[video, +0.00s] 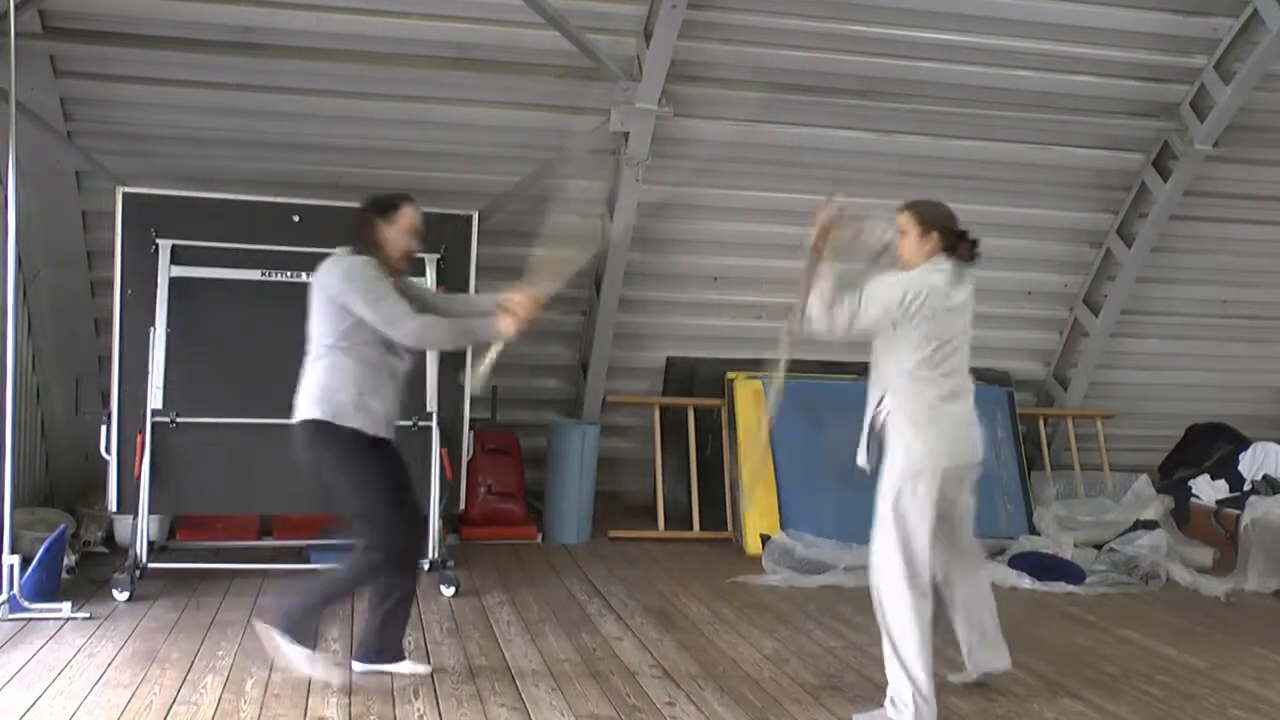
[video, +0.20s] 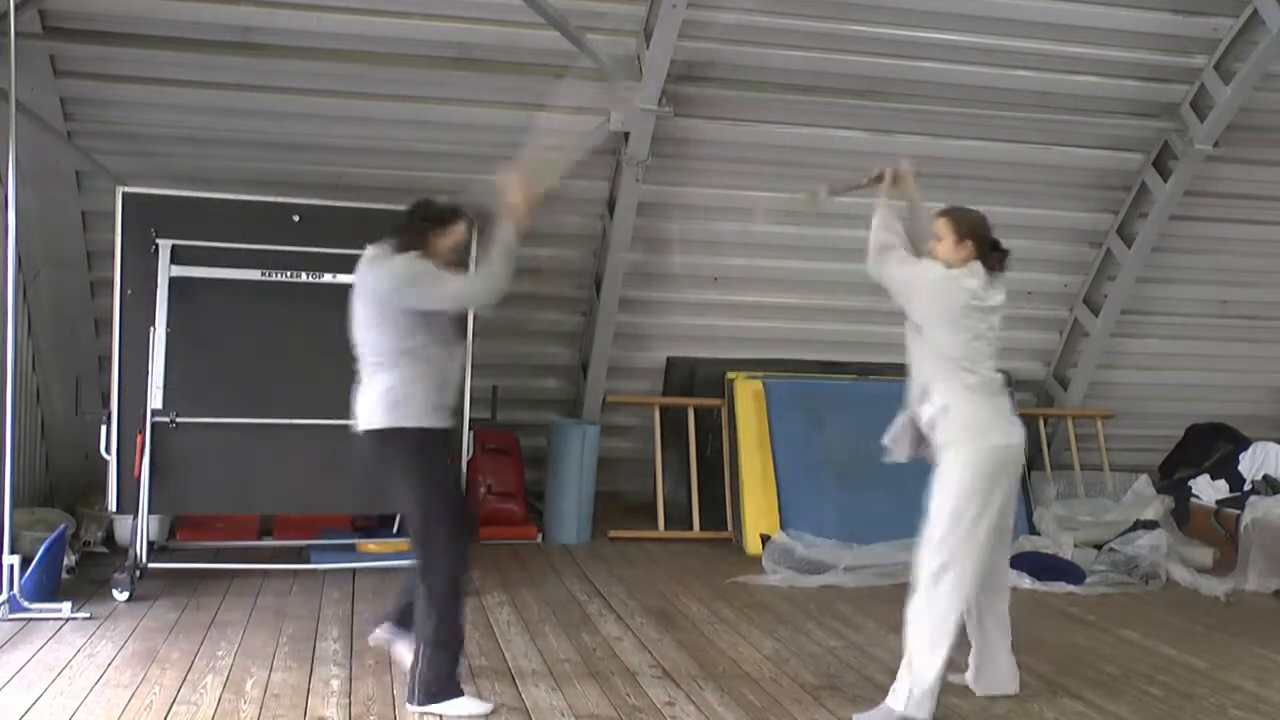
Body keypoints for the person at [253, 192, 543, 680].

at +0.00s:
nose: (416, 245)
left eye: (418, 235)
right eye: (409, 232)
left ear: (396, 233)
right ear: (379, 227)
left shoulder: (382, 279)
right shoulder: (348, 270)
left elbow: (439, 306)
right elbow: (409, 328)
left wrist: (502, 301)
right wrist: (495, 327)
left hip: (366, 432)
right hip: (333, 427)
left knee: (408, 537)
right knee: (385, 541)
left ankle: (378, 653)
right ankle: (289, 619)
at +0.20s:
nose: (457, 257)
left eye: (461, 248)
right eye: (455, 245)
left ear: (420, 229)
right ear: (432, 234)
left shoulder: (379, 265)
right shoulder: (400, 269)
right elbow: (483, 289)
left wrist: (504, 235)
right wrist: (511, 220)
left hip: (396, 427)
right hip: (409, 431)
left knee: (456, 529)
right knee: (443, 550)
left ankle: (400, 624)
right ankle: (433, 690)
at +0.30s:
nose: (481, 230)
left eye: (481, 223)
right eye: (475, 222)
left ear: (430, 224)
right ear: (448, 226)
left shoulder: (398, 264)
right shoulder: (444, 270)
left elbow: (443, 224)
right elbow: (513, 251)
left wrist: (460, 173)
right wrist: (498, 195)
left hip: (411, 428)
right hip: (439, 431)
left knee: (476, 529)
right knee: (468, 551)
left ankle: (453, 613)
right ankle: (433, 690)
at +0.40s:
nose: (500, 229)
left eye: (498, 218)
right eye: (492, 220)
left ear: (449, 223)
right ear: (467, 224)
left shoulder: (419, 263)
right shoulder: (464, 268)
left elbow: (453, 236)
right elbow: (529, 251)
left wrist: (479, 193)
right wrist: (514, 206)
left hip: (429, 423)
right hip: (449, 428)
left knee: (525, 486)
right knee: (467, 560)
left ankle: (493, 590)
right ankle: (432, 691)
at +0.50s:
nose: (529, 237)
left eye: (530, 226)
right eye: (524, 226)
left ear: (482, 227)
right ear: (496, 226)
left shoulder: (450, 270)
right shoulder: (480, 265)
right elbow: (553, 281)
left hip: (469, 429)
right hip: (453, 432)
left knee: (533, 510)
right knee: (473, 557)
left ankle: (519, 627)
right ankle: (431, 690)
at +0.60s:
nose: (554, 251)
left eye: (554, 240)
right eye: (548, 240)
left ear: (518, 239)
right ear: (518, 238)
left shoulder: (505, 288)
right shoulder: (483, 269)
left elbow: (540, 356)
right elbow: (552, 301)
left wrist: (596, 338)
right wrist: (616, 311)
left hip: (485, 439)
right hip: (447, 435)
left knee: (524, 535)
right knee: (482, 556)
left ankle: (520, 649)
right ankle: (432, 688)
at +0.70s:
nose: (579, 259)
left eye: (580, 250)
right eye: (573, 248)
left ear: (553, 251)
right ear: (544, 247)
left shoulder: (532, 309)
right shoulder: (508, 276)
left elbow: (562, 387)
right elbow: (569, 336)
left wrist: (623, 400)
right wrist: (629, 381)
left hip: (489, 442)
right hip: (443, 430)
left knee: (525, 534)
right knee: (484, 546)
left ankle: (519, 649)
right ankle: (432, 667)